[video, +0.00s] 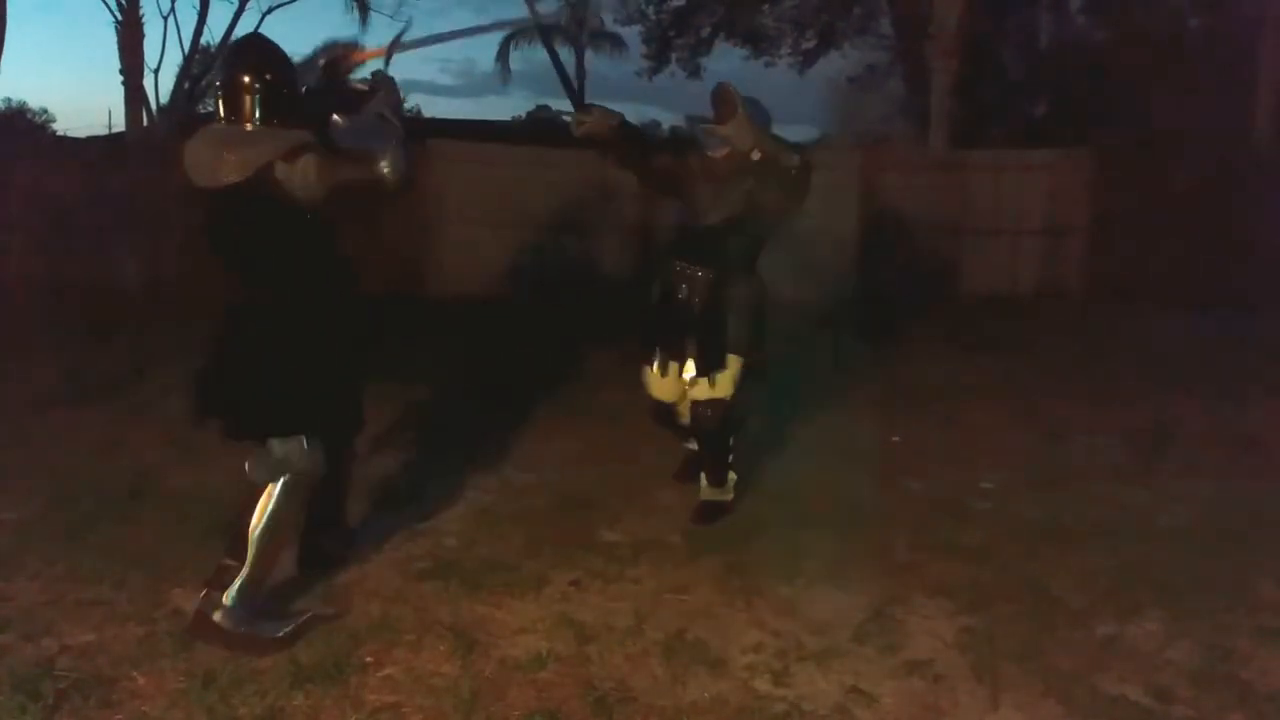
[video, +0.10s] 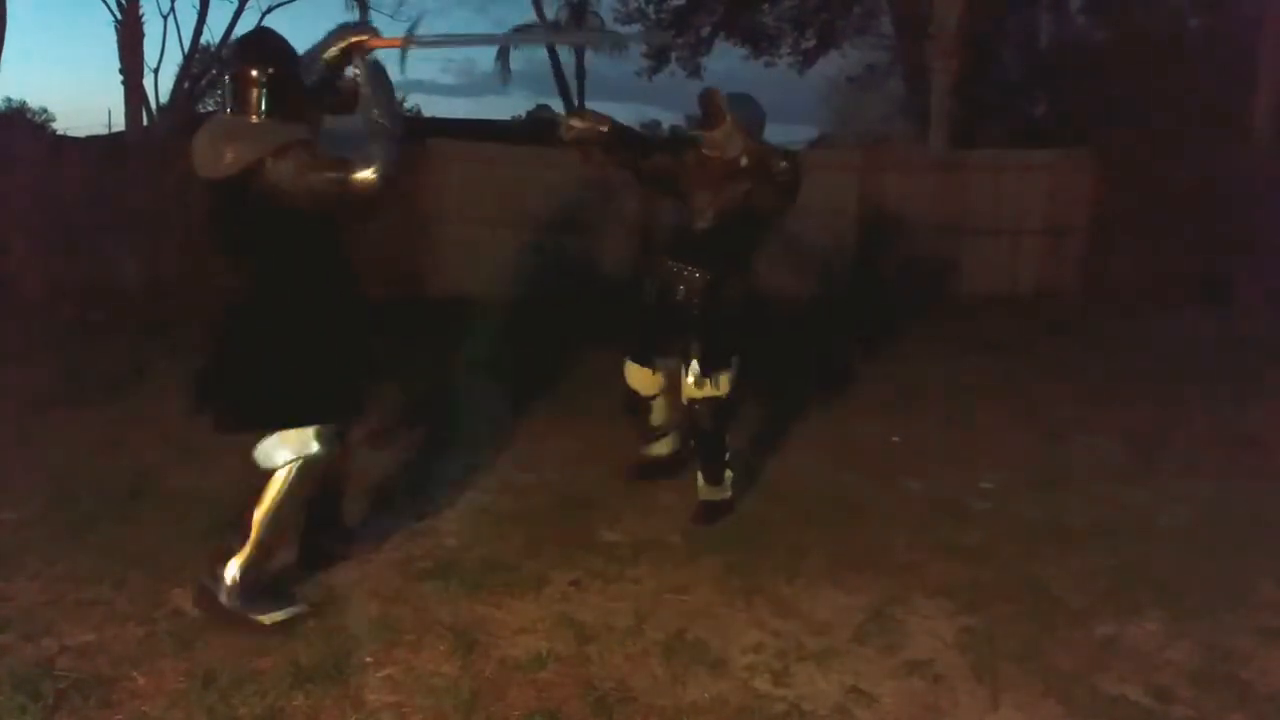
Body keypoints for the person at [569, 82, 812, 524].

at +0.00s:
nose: (715, 150)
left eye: (725, 142)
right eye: (711, 140)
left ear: (747, 144)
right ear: (704, 138)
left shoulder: (763, 186)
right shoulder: (687, 171)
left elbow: (796, 175)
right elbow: (646, 158)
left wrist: (758, 143)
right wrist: (613, 133)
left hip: (729, 288)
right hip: (677, 280)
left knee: (711, 399)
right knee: (663, 388)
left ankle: (719, 486)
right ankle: (698, 445)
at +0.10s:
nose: (707, 135)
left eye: (719, 128)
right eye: (706, 126)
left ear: (744, 134)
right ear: (702, 127)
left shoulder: (762, 179)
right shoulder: (686, 162)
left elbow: (781, 187)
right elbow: (642, 153)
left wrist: (751, 149)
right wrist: (604, 133)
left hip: (717, 289)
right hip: (665, 280)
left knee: (705, 393)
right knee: (642, 374)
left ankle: (715, 489)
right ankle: (663, 447)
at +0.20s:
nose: (700, 140)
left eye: (711, 132)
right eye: (700, 130)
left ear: (735, 137)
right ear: (698, 131)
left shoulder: (760, 183)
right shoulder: (677, 164)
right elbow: (635, 153)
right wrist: (598, 140)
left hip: (710, 295)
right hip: (657, 286)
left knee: (699, 399)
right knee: (633, 382)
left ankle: (715, 493)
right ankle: (631, 466)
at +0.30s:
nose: (705, 143)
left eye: (715, 134)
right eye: (701, 134)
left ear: (735, 137)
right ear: (695, 135)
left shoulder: (751, 182)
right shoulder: (672, 168)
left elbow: (762, 214)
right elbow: (629, 159)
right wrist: (586, 144)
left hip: (701, 293)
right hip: (650, 283)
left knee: (695, 395)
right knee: (624, 381)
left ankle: (714, 490)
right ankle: (629, 465)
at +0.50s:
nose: (680, 150)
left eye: (693, 141)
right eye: (678, 141)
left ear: (717, 143)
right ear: (673, 141)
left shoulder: (729, 185)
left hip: (687, 289)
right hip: (631, 279)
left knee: (686, 394)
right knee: (614, 384)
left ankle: (712, 490)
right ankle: (628, 467)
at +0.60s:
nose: (677, 142)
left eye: (688, 132)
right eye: (673, 133)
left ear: (711, 133)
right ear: (669, 132)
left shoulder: (732, 172)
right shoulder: (654, 163)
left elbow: (739, 209)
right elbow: (608, 143)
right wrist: (564, 131)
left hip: (687, 285)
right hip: (635, 279)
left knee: (683, 390)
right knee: (616, 383)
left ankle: (712, 487)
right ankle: (629, 467)